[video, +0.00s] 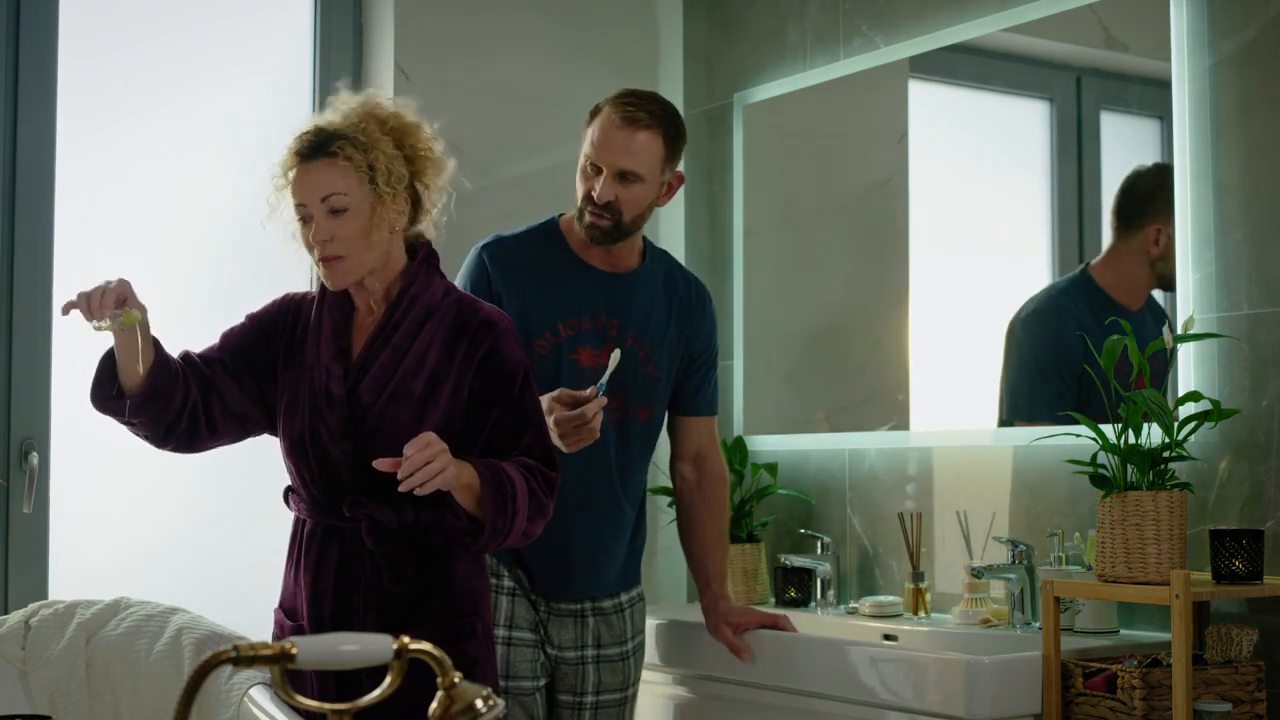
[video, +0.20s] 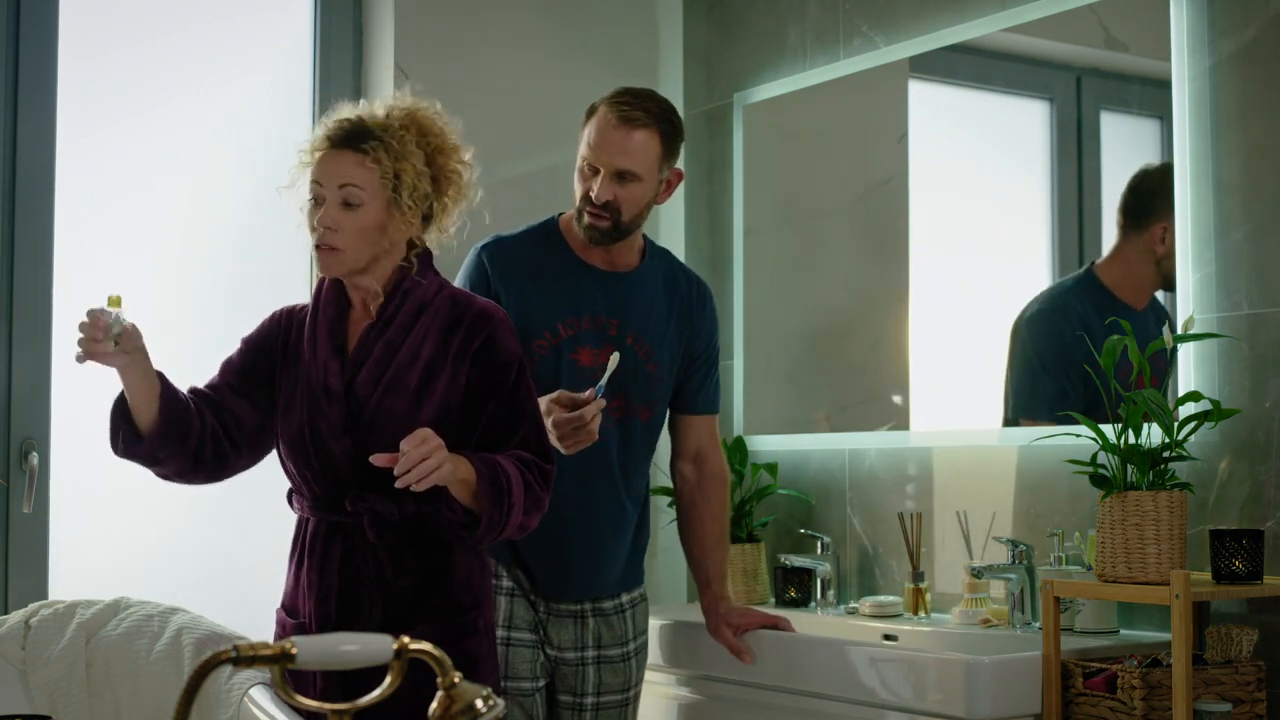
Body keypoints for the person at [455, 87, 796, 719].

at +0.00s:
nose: (600, 193)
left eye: (626, 179)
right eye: (592, 168)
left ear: (668, 187)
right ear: (579, 155)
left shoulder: (684, 301)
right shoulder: (500, 268)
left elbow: (697, 461)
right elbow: (453, 419)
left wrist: (715, 597)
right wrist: (534, 425)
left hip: (607, 583)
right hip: (499, 571)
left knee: (598, 710)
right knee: (501, 713)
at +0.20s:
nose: (598, 193)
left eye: (624, 178)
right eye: (590, 168)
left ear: (667, 184)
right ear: (576, 155)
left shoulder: (685, 300)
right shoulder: (499, 269)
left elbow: (698, 460)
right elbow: (452, 419)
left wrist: (715, 598)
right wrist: (532, 426)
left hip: (609, 583)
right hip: (499, 572)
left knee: (602, 711)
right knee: (501, 713)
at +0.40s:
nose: (598, 191)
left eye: (624, 176)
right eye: (589, 166)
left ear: (667, 182)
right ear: (576, 154)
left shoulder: (686, 300)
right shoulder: (500, 267)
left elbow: (699, 461)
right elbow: (452, 418)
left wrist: (716, 598)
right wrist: (535, 423)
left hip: (611, 585)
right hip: (500, 575)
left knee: (603, 711)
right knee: (500, 712)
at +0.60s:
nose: (600, 190)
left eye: (626, 174)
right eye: (591, 165)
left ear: (669, 180)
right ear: (577, 154)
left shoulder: (686, 300)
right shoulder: (500, 267)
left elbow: (698, 459)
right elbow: (451, 415)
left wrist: (717, 595)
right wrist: (542, 421)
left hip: (611, 588)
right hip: (501, 579)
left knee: (602, 712)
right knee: (503, 714)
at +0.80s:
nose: (599, 187)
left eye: (623, 172)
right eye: (589, 164)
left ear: (665, 177)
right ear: (574, 153)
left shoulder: (681, 297)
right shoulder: (499, 265)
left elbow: (697, 457)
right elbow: (454, 414)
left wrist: (720, 593)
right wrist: (548, 411)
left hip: (609, 594)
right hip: (496, 586)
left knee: (602, 712)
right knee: (494, 713)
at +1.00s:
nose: (597, 183)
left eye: (621, 166)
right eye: (586, 160)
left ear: (660, 171)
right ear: (569, 152)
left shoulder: (671, 295)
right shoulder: (495, 264)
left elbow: (695, 456)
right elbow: (454, 415)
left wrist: (730, 590)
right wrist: (551, 396)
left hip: (608, 590)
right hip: (499, 584)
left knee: (601, 713)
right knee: (499, 716)